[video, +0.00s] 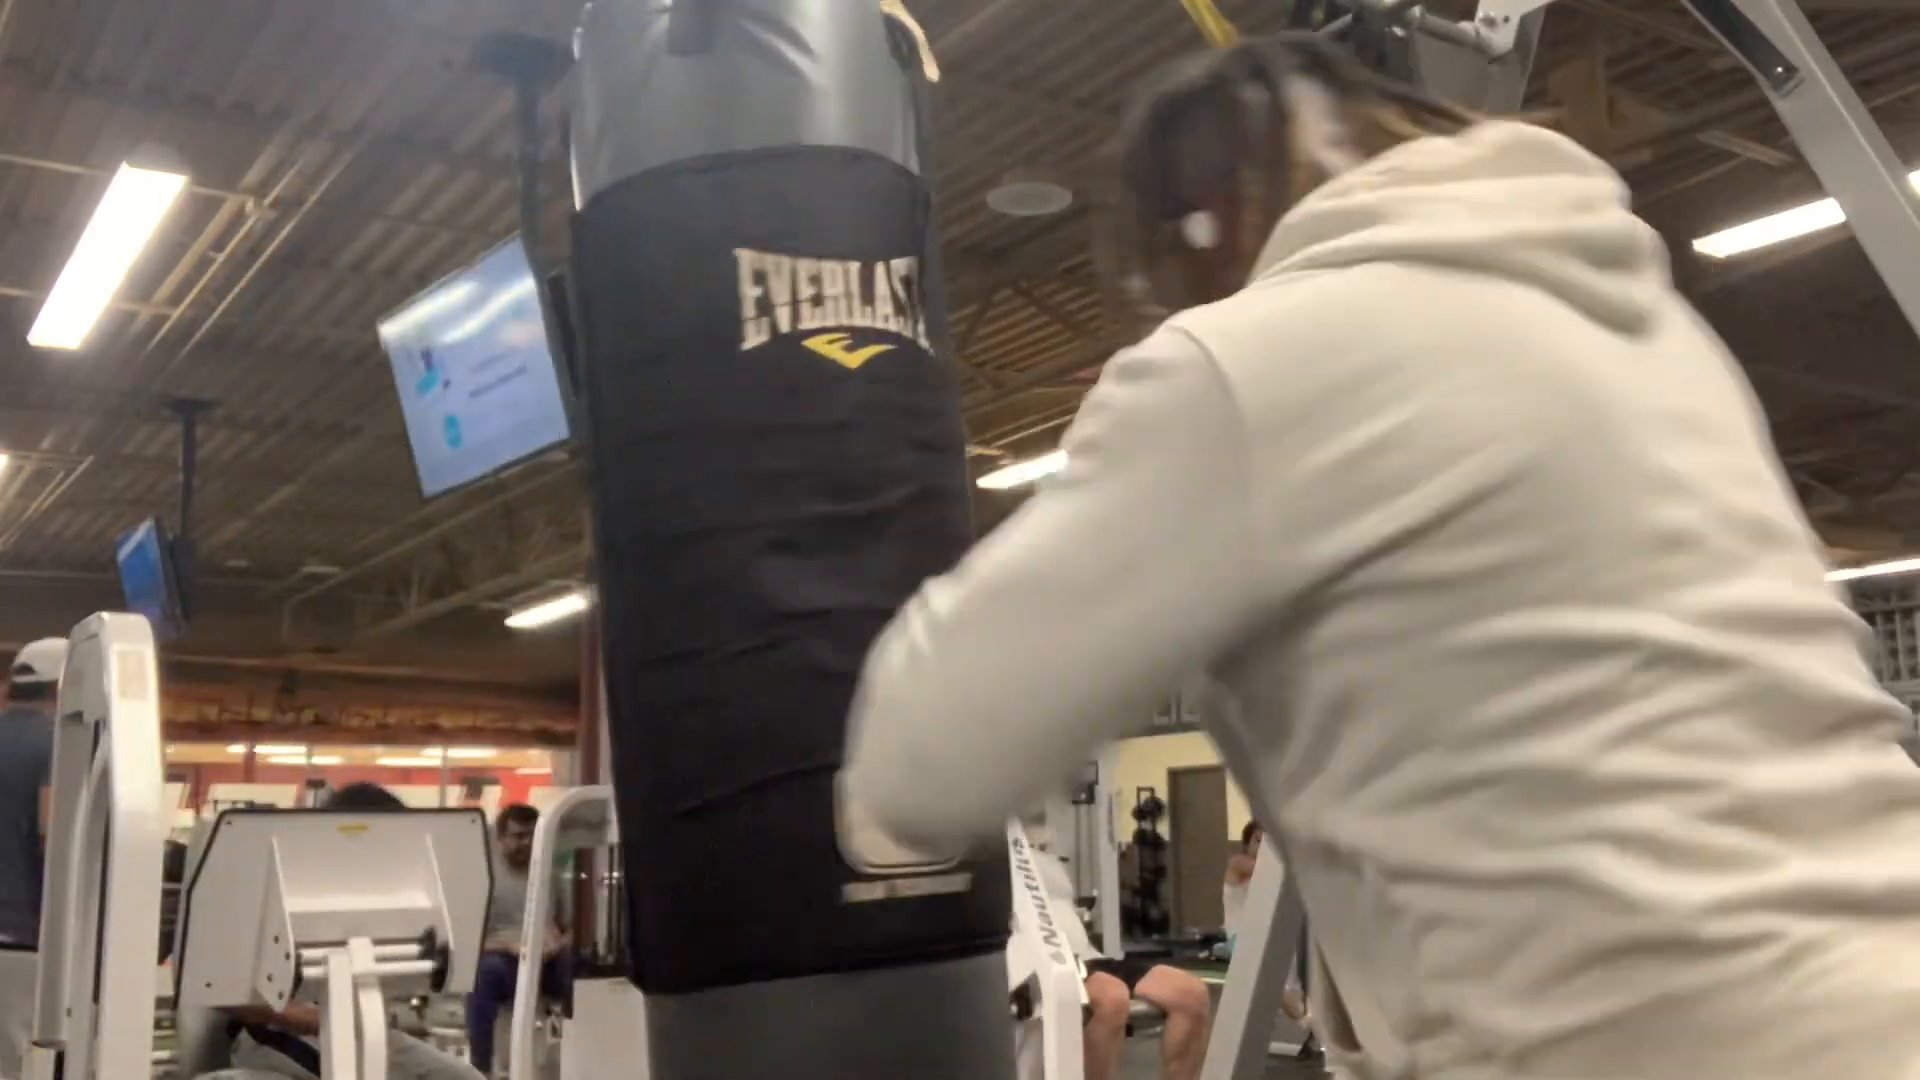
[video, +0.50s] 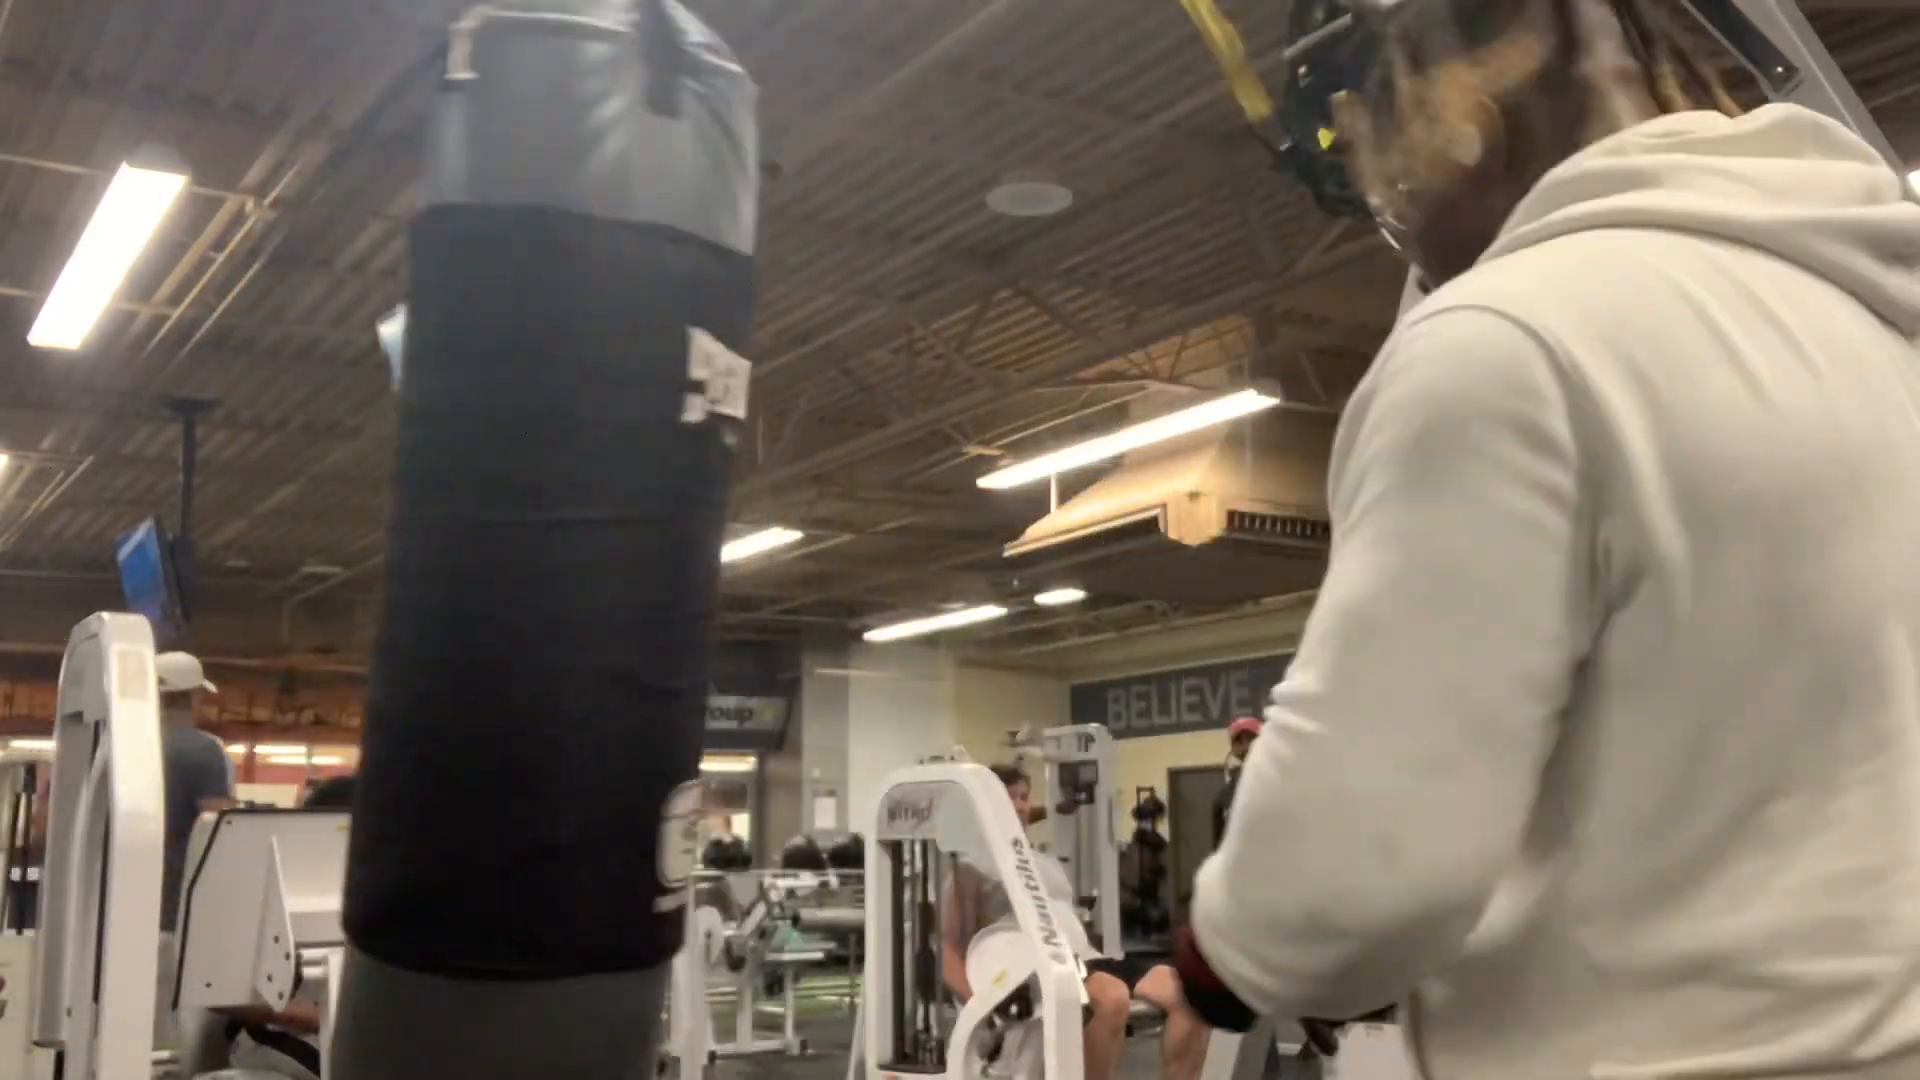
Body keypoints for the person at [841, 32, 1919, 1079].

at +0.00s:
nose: (1162, 317)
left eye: (1161, 276)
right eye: (1150, 287)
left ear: (1217, 218)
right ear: (1401, 156)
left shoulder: (1249, 369)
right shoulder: (1659, 329)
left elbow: (913, 772)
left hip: (1633, 1032)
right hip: (1895, 995)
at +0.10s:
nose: (1084, 340)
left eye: (1072, 292)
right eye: (1063, 308)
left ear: (1138, 218)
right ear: (1275, 152)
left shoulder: (1268, 376)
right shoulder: (1491, 276)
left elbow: (1058, 873)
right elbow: (1166, 575)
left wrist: (1046, 654)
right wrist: (904, 589)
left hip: (1622, 1034)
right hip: (1858, 974)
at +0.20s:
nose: (1100, 275)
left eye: (1082, 209)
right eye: (1070, 223)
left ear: (1166, 141)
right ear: (1319, 84)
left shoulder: (1276, 320)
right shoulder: (1529, 238)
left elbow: (1090, 824)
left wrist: (1034, 654)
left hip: (1610, 1037)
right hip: (1846, 993)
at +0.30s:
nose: (1157, 167)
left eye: (1158, 117)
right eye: (1141, 131)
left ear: (1255, 68)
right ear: (1401, 56)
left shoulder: (1318, 257)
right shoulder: (1643, 216)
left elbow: (1204, 767)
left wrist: (1108, 647)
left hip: (1604, 1035)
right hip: (1874, 995)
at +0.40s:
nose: (1294, 168)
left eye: (1284, 114)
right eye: (1271, 128)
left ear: (1375, 54)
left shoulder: (1414, 253)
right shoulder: (1789, 240)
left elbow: (1310, 766)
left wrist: (1175, 801)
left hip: (1598, 1039)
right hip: (1883, 1017)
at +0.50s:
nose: (1375, 200)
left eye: (1376, 127)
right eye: (1360, 137)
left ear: (1465, 102)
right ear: (1661, 68)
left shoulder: (1507, 341)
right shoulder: (1869, 296)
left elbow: (1366, 865)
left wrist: (1218, 964)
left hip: (1643, 1049)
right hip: (1883, 1031)